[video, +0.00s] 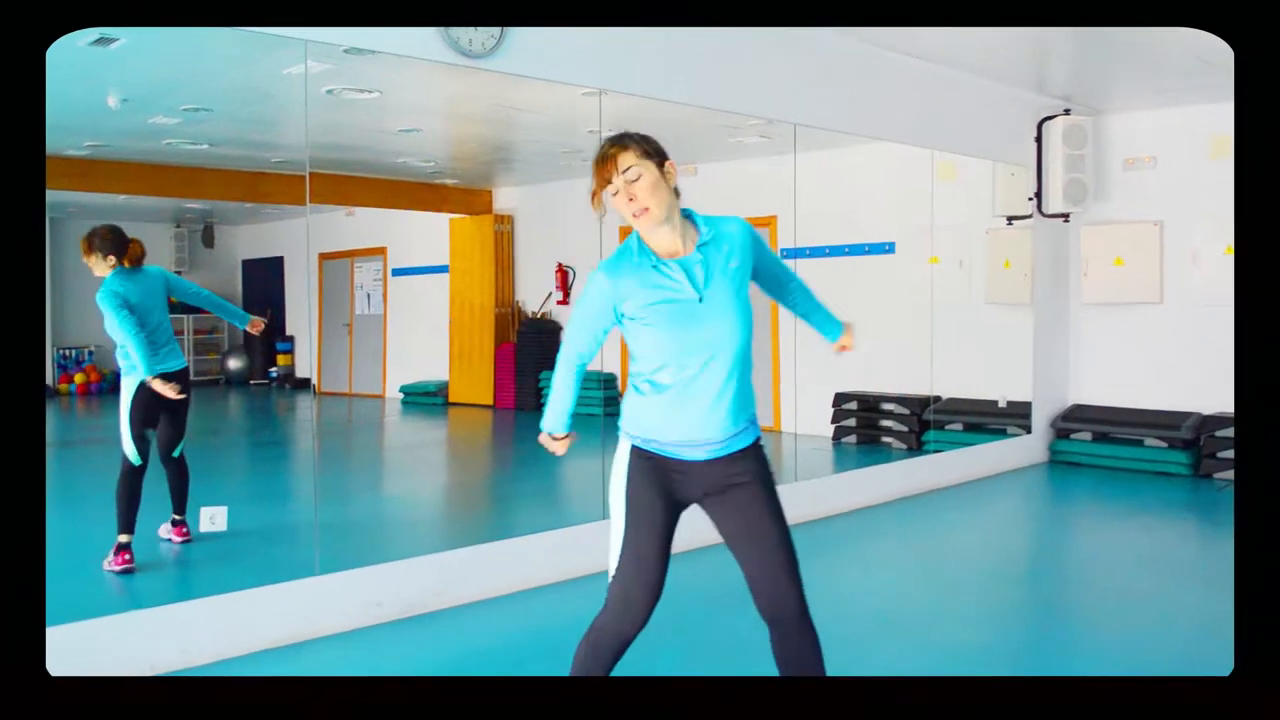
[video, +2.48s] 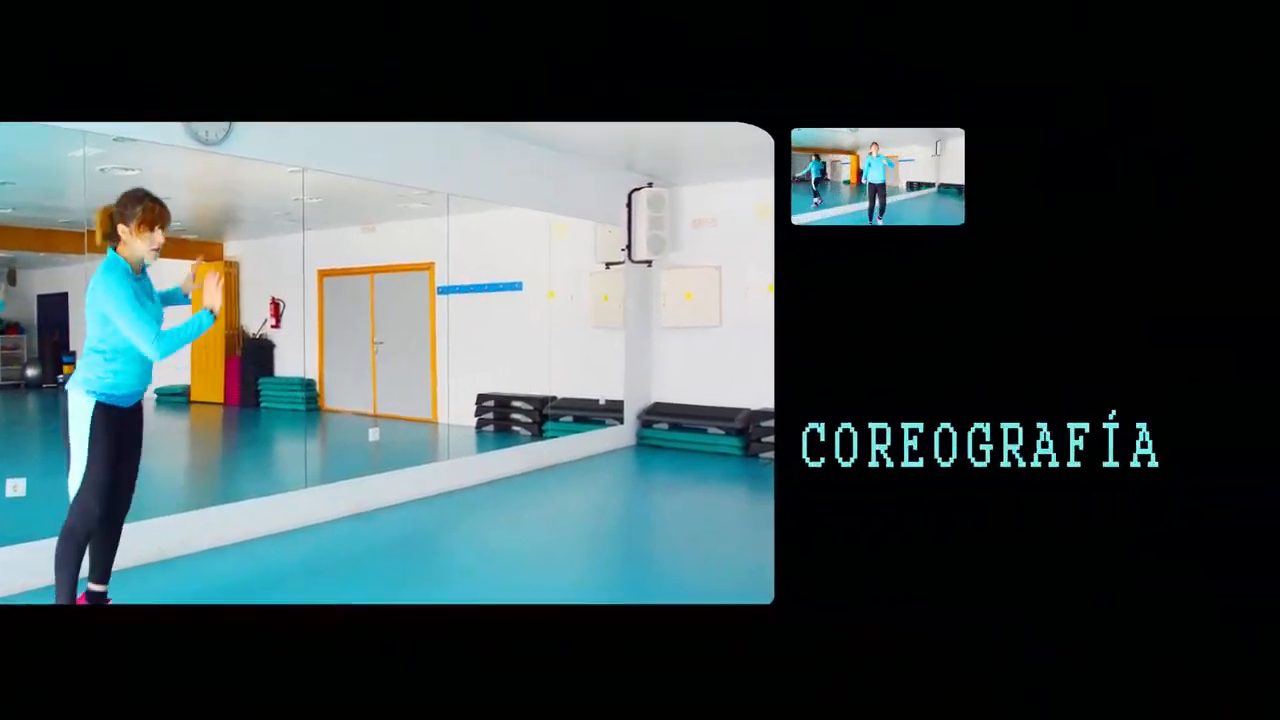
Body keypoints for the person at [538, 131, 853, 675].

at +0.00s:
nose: (627, 196)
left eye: (634, 177)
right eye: (615, 191)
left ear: (670, 172)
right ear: (611, 205)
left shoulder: (737, 239)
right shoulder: (613, 276)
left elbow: (785, 285)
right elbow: (575, 350)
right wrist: (555, 420)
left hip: (734, 461)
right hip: (649, 464)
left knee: (786, 608)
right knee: (631, 603)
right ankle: (578, 676)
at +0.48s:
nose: (712, 230)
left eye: (718, 216)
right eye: (710, 218)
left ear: (754, 212)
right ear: (750, 216)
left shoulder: (808, 268)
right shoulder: (762, 286)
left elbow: (854, 356)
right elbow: (777, 385)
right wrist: (716, 422)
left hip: (845, 453)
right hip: (800, 460)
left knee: (817, 607)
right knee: (783, 600)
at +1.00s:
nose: (689, 251)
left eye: (691, 238)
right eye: (685, 242)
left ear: (721, 225)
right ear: (723, 227)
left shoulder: (755, 257)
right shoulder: (755, 260)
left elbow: (672, 289)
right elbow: (678, 289)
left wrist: (560, 281)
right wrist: (613, 299)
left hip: (835, 414)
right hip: (825, 416)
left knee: (807, 557)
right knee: (825, 549)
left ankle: (869, 625)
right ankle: (868, 625)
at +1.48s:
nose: (560, 238)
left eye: (566, 228)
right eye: (559, 228)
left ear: (597, 233)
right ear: (592, 234)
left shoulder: (616, 281)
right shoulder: (597, 280)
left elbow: (684, 330)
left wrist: (742, 400)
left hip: (649, 424)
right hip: (634, 424)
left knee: (588, 537)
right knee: (638, 539)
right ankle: (736, 592)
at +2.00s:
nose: (425, 221)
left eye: (427, 212)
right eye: (414, 211)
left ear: (427, 218)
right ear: (384, 217)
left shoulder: (433, 277)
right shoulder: (342, 267)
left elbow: (447, 315)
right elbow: (276, 293)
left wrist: (447, 354)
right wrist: (295, 346)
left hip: (409, 416)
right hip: (349, 417)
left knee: (420, 526)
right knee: (345, 528)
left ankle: (427, 595)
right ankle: (333, 597)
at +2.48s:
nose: (161, 239)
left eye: (163, 229)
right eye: (152, 230)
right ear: (124, 231)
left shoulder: (137, 273)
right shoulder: (112, 279)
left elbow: (148, 302)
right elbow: (155, 347)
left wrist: (183, 289)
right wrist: (208, 313)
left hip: (129, 403)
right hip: (95, 403)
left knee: (117, 503)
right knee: (90, 505)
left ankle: (96, 595)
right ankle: (64, 601)